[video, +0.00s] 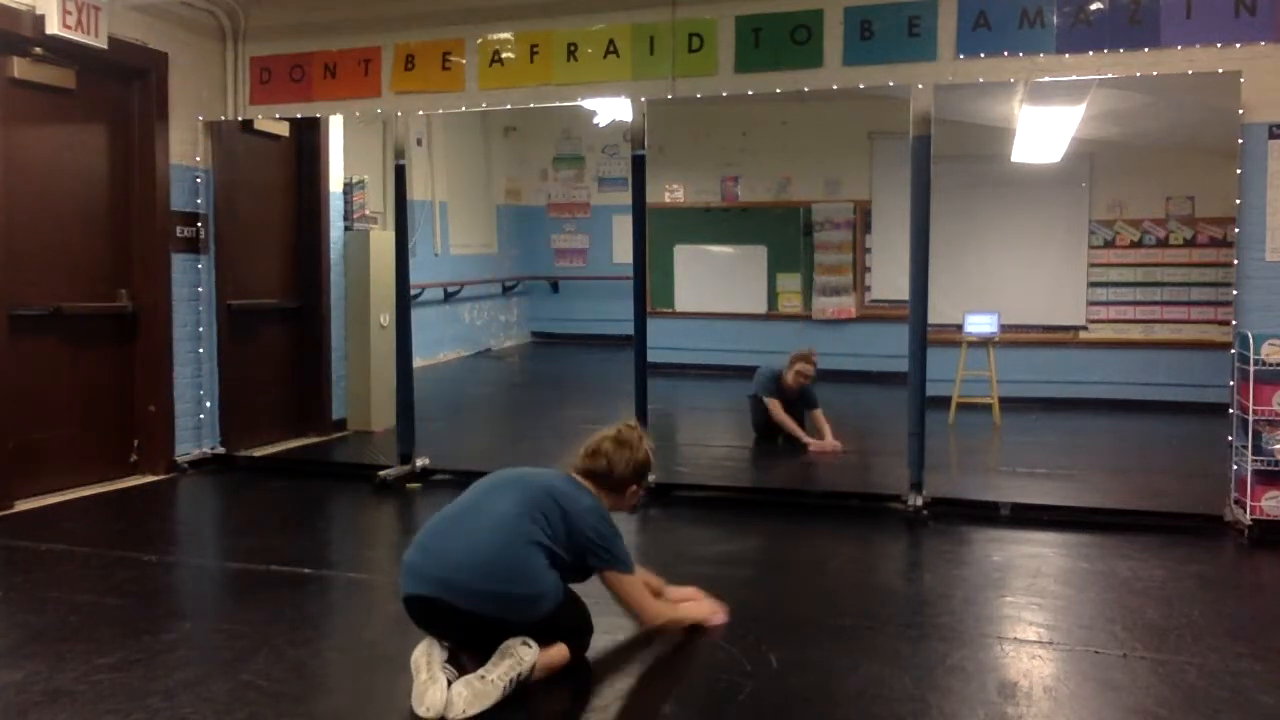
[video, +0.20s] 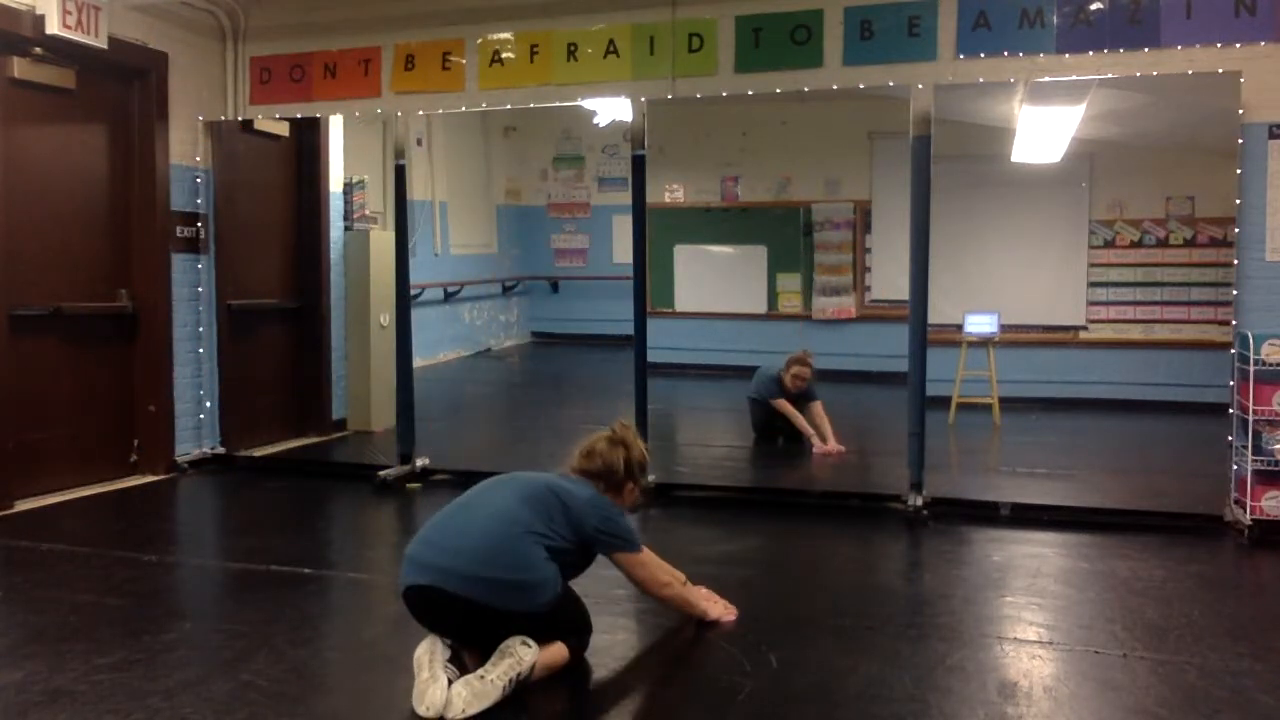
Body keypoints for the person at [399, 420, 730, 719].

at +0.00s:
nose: (642, 494)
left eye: (644, 486)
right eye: (643, 487)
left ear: (584, 464)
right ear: (630, 491)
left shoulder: (532, 483)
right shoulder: (590, 515)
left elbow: (606, 558)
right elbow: (649, 616)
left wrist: (667, 590)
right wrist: (691, 613)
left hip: (421, 583)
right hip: (504, 585)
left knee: (492, 645)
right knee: (574, 635)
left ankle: (439, 658)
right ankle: (519, 664)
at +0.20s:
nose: (633, 503)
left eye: (636, 496)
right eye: (635, 495)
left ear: (580, 468)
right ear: (625, 489)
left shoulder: (534, 487)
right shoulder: (597, 507)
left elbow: (632, 553)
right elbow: (659, 584)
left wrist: (678, 580)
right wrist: (705, 607)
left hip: (422, 578)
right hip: (504, 578)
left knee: (494, 644)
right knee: (572, 634)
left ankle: (444, 658)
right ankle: (522, 662)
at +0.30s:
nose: (629, 464)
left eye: (629, 455)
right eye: (627, 454)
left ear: (571, 446)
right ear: (613, 453)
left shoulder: (532, 477)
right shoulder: (597, 488)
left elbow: (623, 550)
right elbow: (652, 553)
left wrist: (678, 587)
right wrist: (707, 599)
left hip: (422, 584)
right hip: (508, 584)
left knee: (490, 648)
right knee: (573, 635)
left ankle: (441, 659)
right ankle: (519, 664)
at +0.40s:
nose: (614, 426)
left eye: (614, 416)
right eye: (614, 416)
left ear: (552, 417)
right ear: (604, 420)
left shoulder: (520, 457)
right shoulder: (596, 466)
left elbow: (607, 541)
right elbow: (649, 544)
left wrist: (652, 585)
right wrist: (684, 591)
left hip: (427, 583)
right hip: (512, 583)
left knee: (490, 647)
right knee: (574, 636)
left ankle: (445, 659)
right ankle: (522, 665)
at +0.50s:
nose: (601, 387)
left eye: (599, 379)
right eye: (599, 379)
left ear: (535, 391)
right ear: (590, 387)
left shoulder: (507, 437)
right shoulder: (592, 447)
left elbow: (560, 534)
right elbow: (631, 544)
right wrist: (649, 604)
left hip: (436, 586)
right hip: (523, 587)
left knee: (488, 649)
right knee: (576, 637)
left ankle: (444, 658)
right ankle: (529, 663)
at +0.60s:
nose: (588, 370)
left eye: (586, 361)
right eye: (586, 362)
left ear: (523, 373)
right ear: (578, 369)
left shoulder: (493, 425)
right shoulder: (589, 442)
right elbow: (608, 544)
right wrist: (611, 603)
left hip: (441, 595)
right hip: (528, 599)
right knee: (575, 643)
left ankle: (444, 660)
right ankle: (511, 674)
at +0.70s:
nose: (575, 362)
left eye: (573, 353)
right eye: (573, 353)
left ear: (511, 368)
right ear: (566, 362)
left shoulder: (480, 427)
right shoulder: (584, 438)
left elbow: (468, 515)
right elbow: (591, 546)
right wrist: (578, 593)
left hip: (442, 612)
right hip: (533, 617)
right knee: (581, 623)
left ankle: (449, 675)